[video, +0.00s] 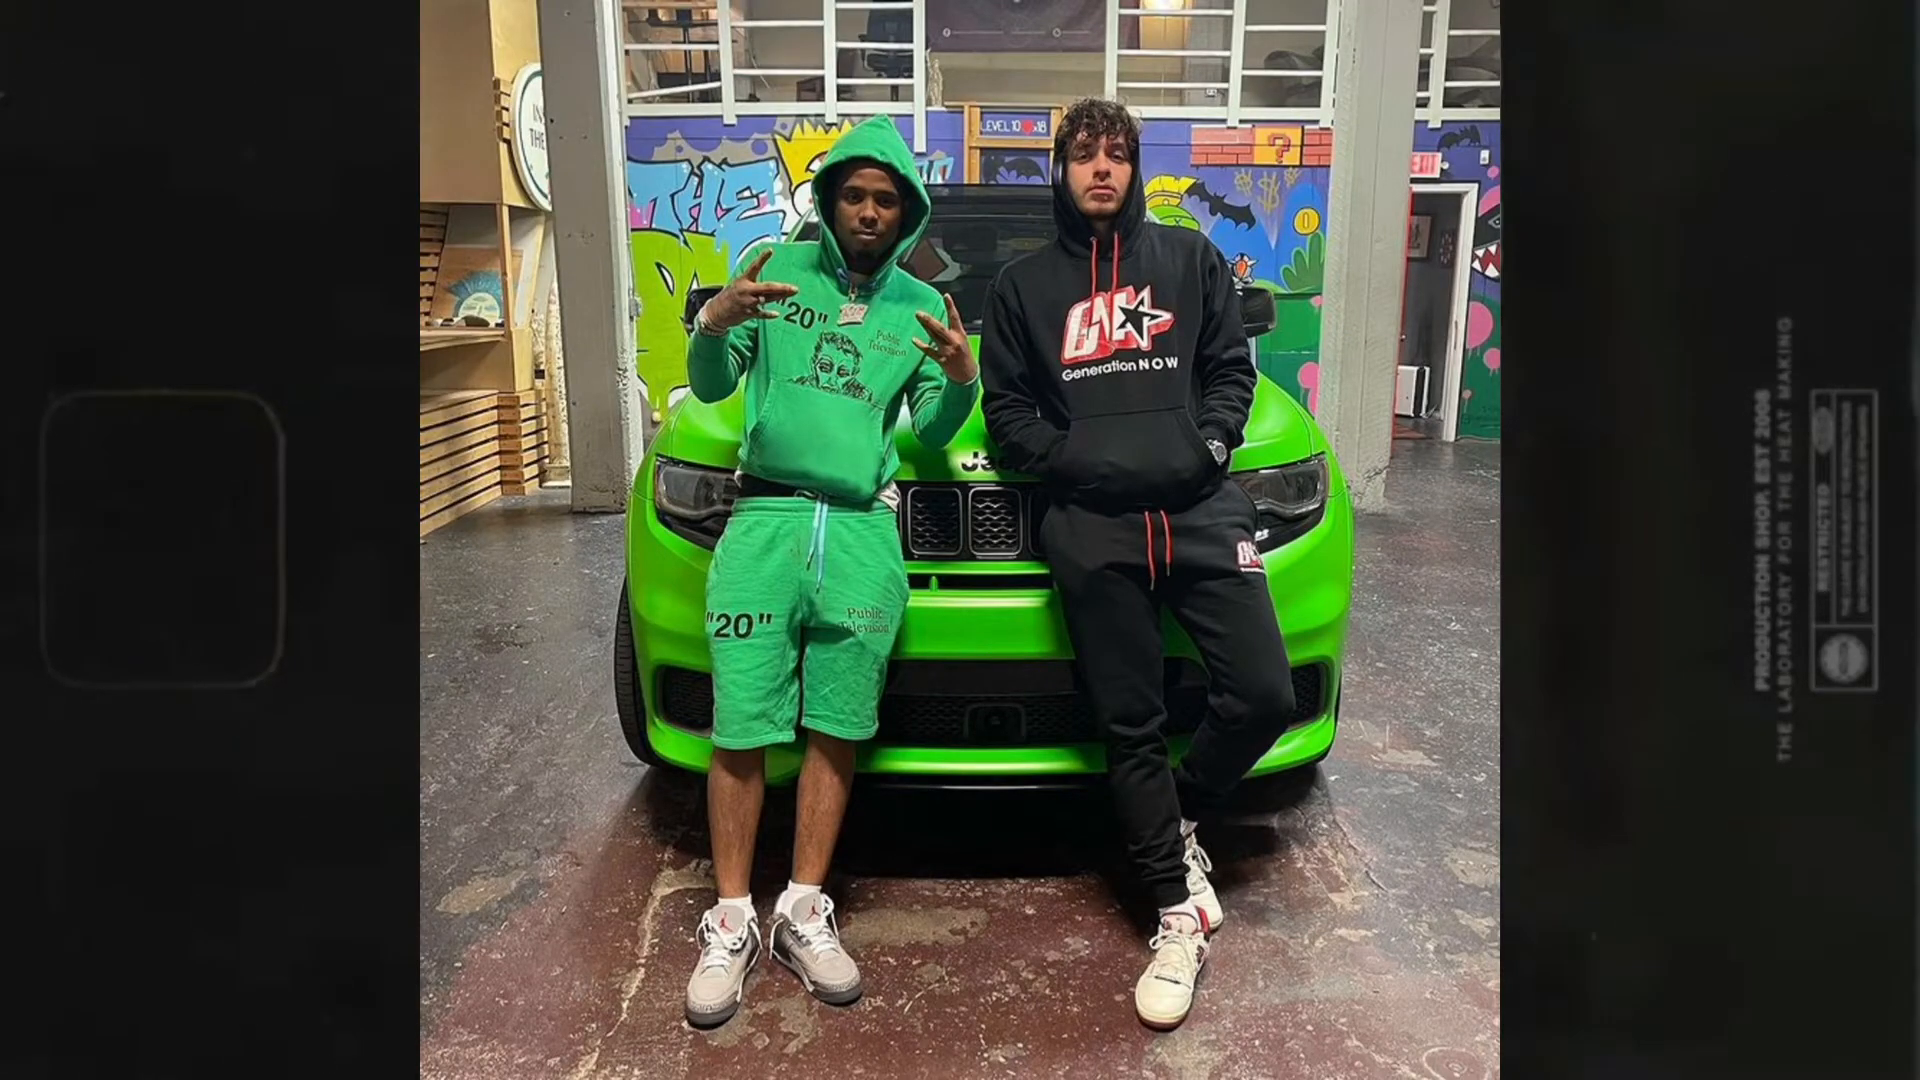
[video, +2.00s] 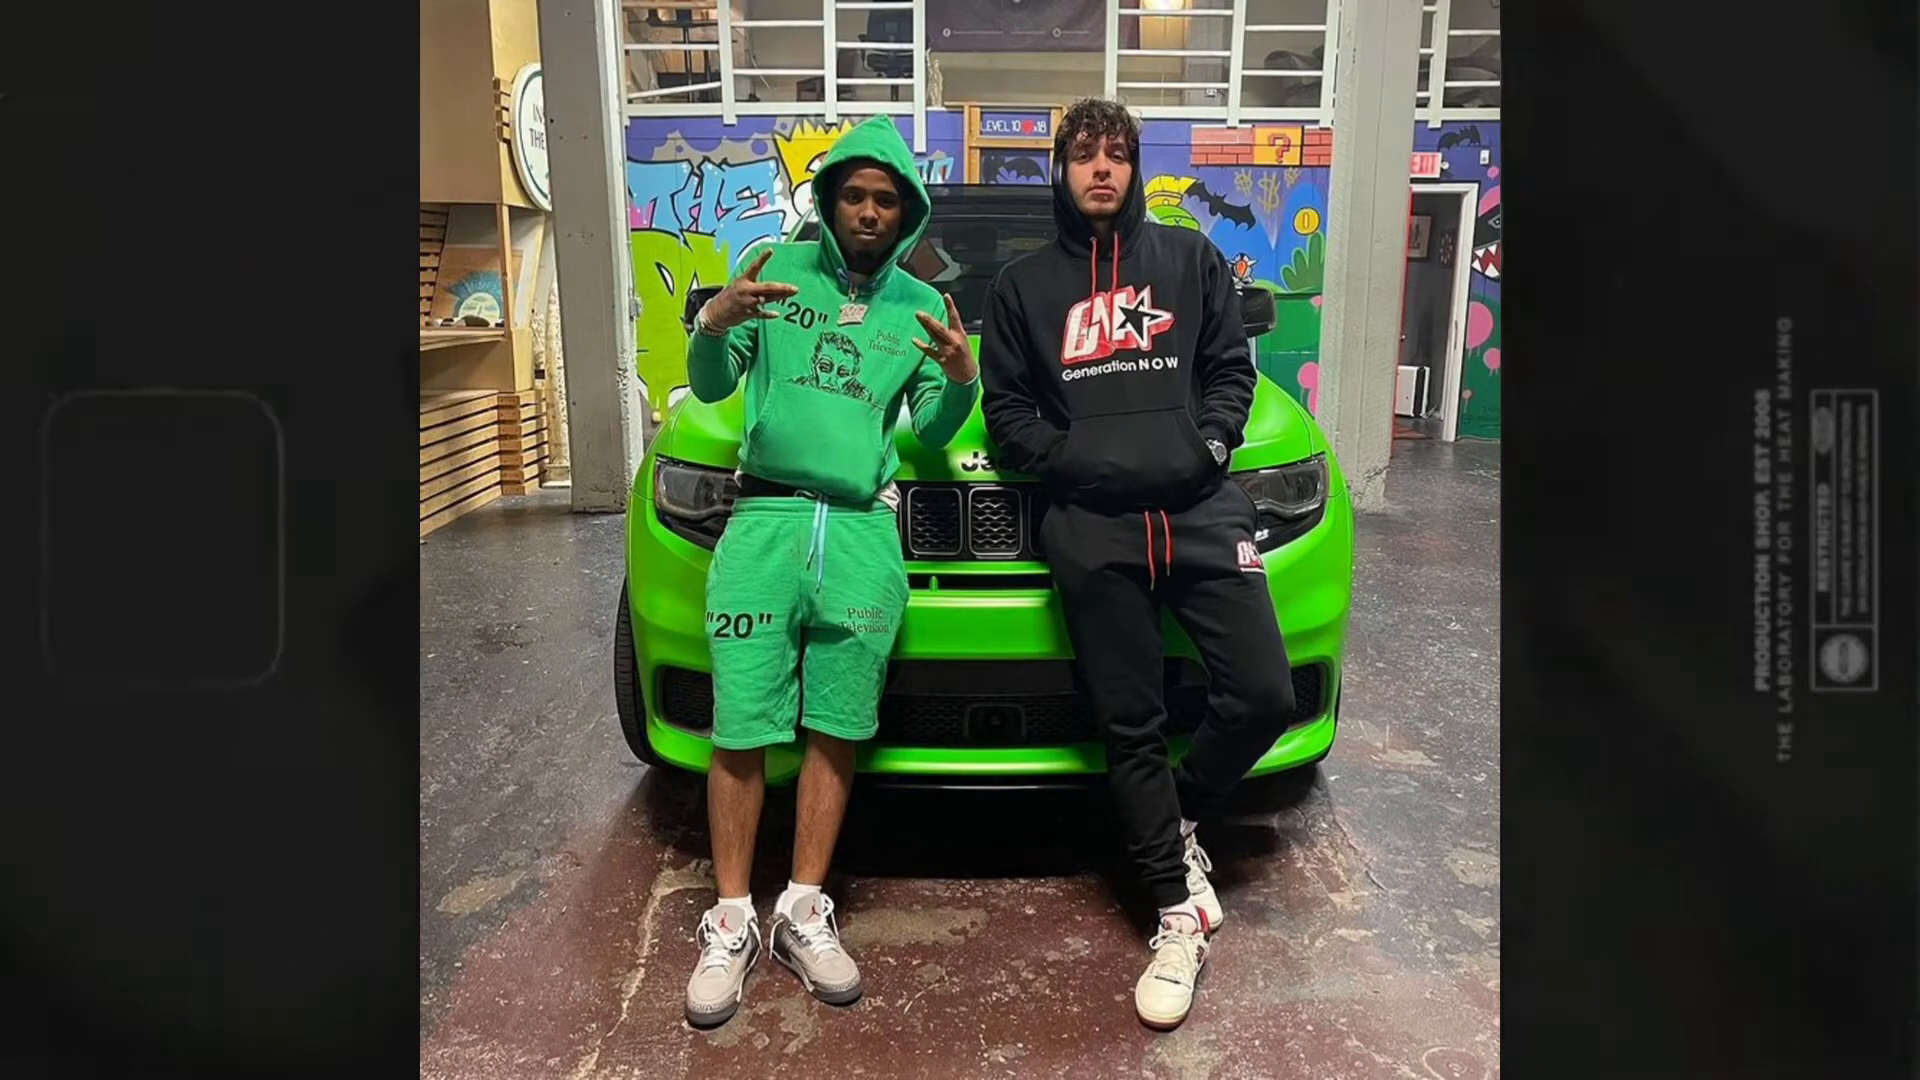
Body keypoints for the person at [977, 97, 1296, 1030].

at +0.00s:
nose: (1101, 171)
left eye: (1115, 159)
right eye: (1086, 159)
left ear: (1137, 170)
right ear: (1061, 172)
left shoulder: (1193, 257)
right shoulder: (1019, 281)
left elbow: (1232, 367)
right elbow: (1005, 405)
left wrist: (1208, 445)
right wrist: (1066, 456)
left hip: (1200, 502)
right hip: (1090, 513)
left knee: (1262, 693)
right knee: (1131, 719)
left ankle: (1180, 820)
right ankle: (1179, 917)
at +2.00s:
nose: (1101, 171)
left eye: (1115, 159)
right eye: (1086, 159)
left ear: (1137, 170)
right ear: (1061, 172)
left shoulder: (1193, 257)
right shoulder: (1019, 281)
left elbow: (1232, 367)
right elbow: (1005, 405)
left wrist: (1208, 445)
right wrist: (1065, 456)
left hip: (1200, 502)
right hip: (1091, 513)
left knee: (1262, 692)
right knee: (1131, 718)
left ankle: (1180, 820)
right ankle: (1179, 917)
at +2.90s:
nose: (1102, 171)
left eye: (1116, 158)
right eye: (1088, 158)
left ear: (1137, 171)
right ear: (1062, 171)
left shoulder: (1191, 256)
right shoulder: (1018, 280)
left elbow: (1232, 364)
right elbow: (1004, 403)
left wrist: (1209, 444)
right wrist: (1065, 457)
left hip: (1200, 503)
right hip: (1091, 514)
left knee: (1262, 693)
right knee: (1131, 718)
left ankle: (1179, 819)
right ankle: (1180, 916)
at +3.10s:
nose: (1102, 171)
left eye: (1116, 158)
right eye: (1088, 158)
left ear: (1137, 171)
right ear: (1062, 171)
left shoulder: (1191, 256)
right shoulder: (1018, 280)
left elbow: (1232, 364)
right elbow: (1004, 403)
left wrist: (1209, 444)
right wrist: (1065, 457)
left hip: (1200, 503)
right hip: (1091, 514)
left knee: (1262, 693)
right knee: (1131, 718)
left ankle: (1179, 819)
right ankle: (1180, 916)